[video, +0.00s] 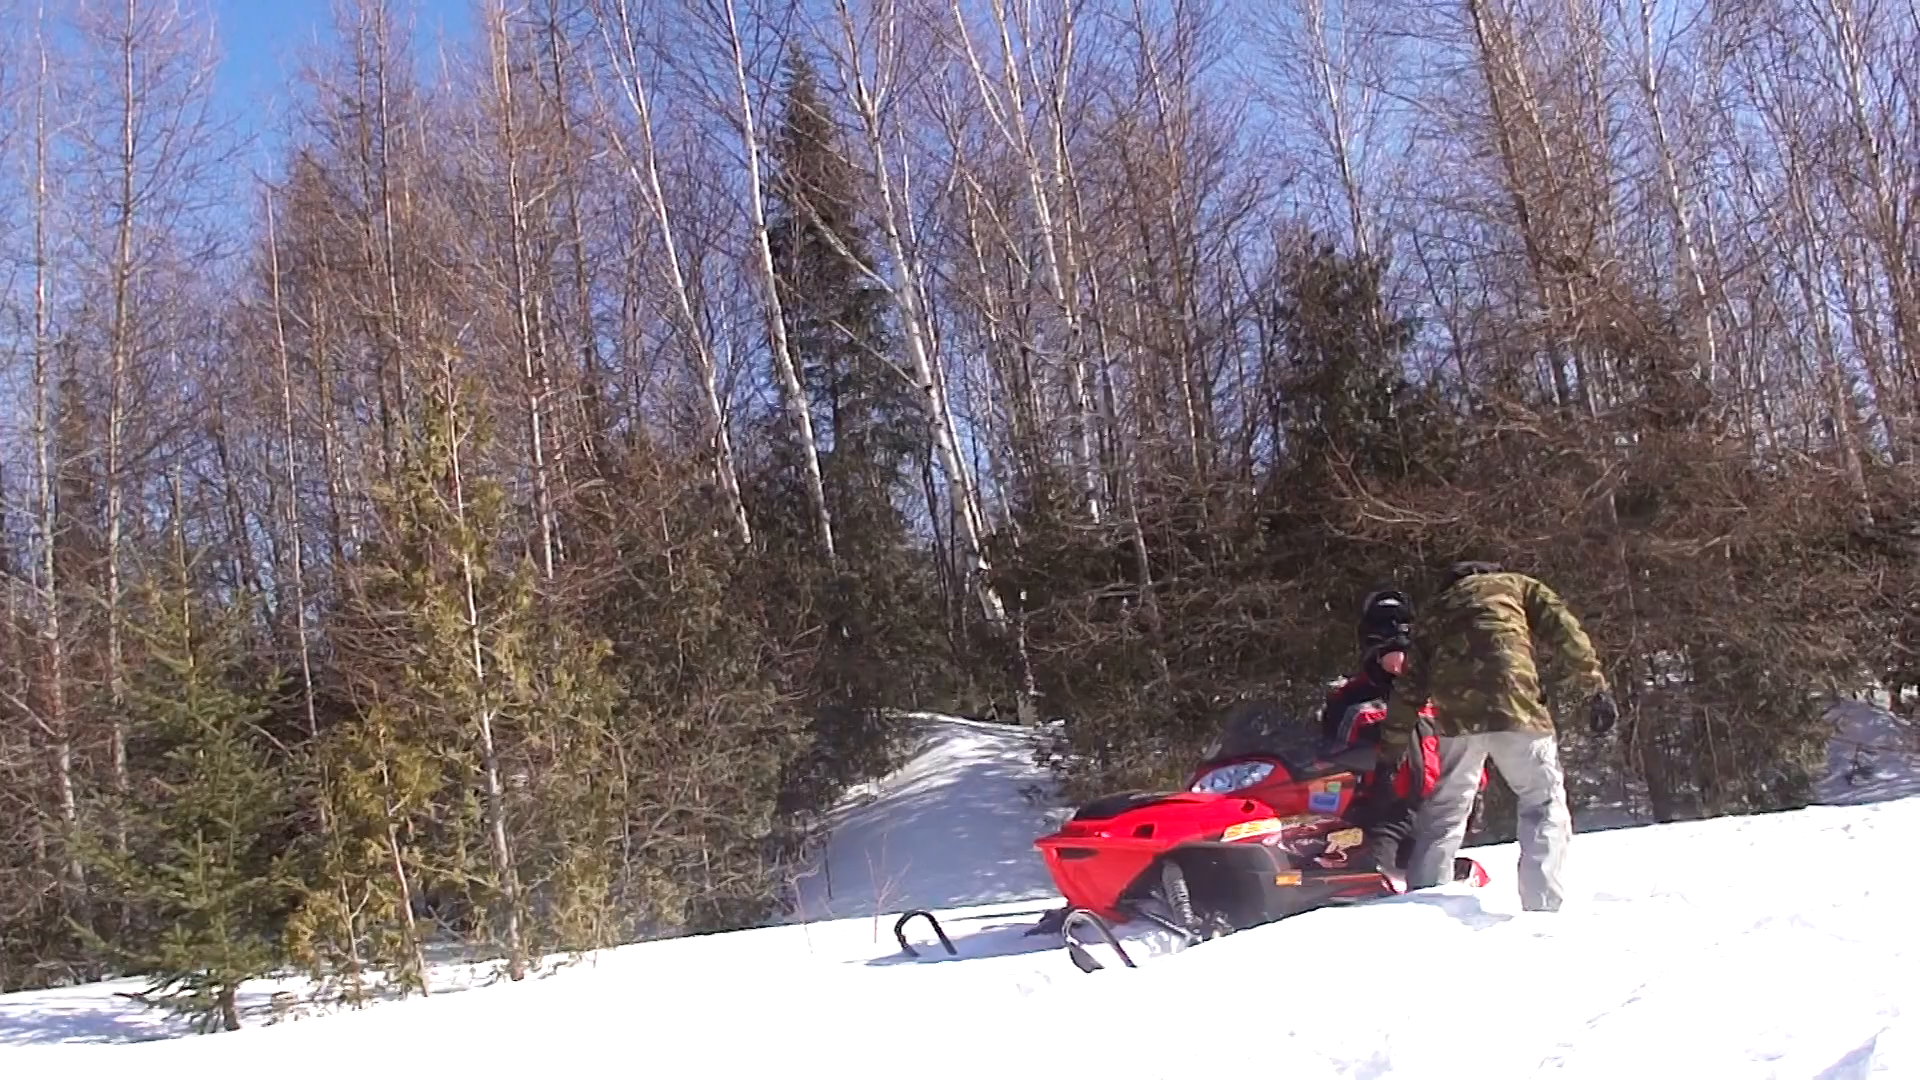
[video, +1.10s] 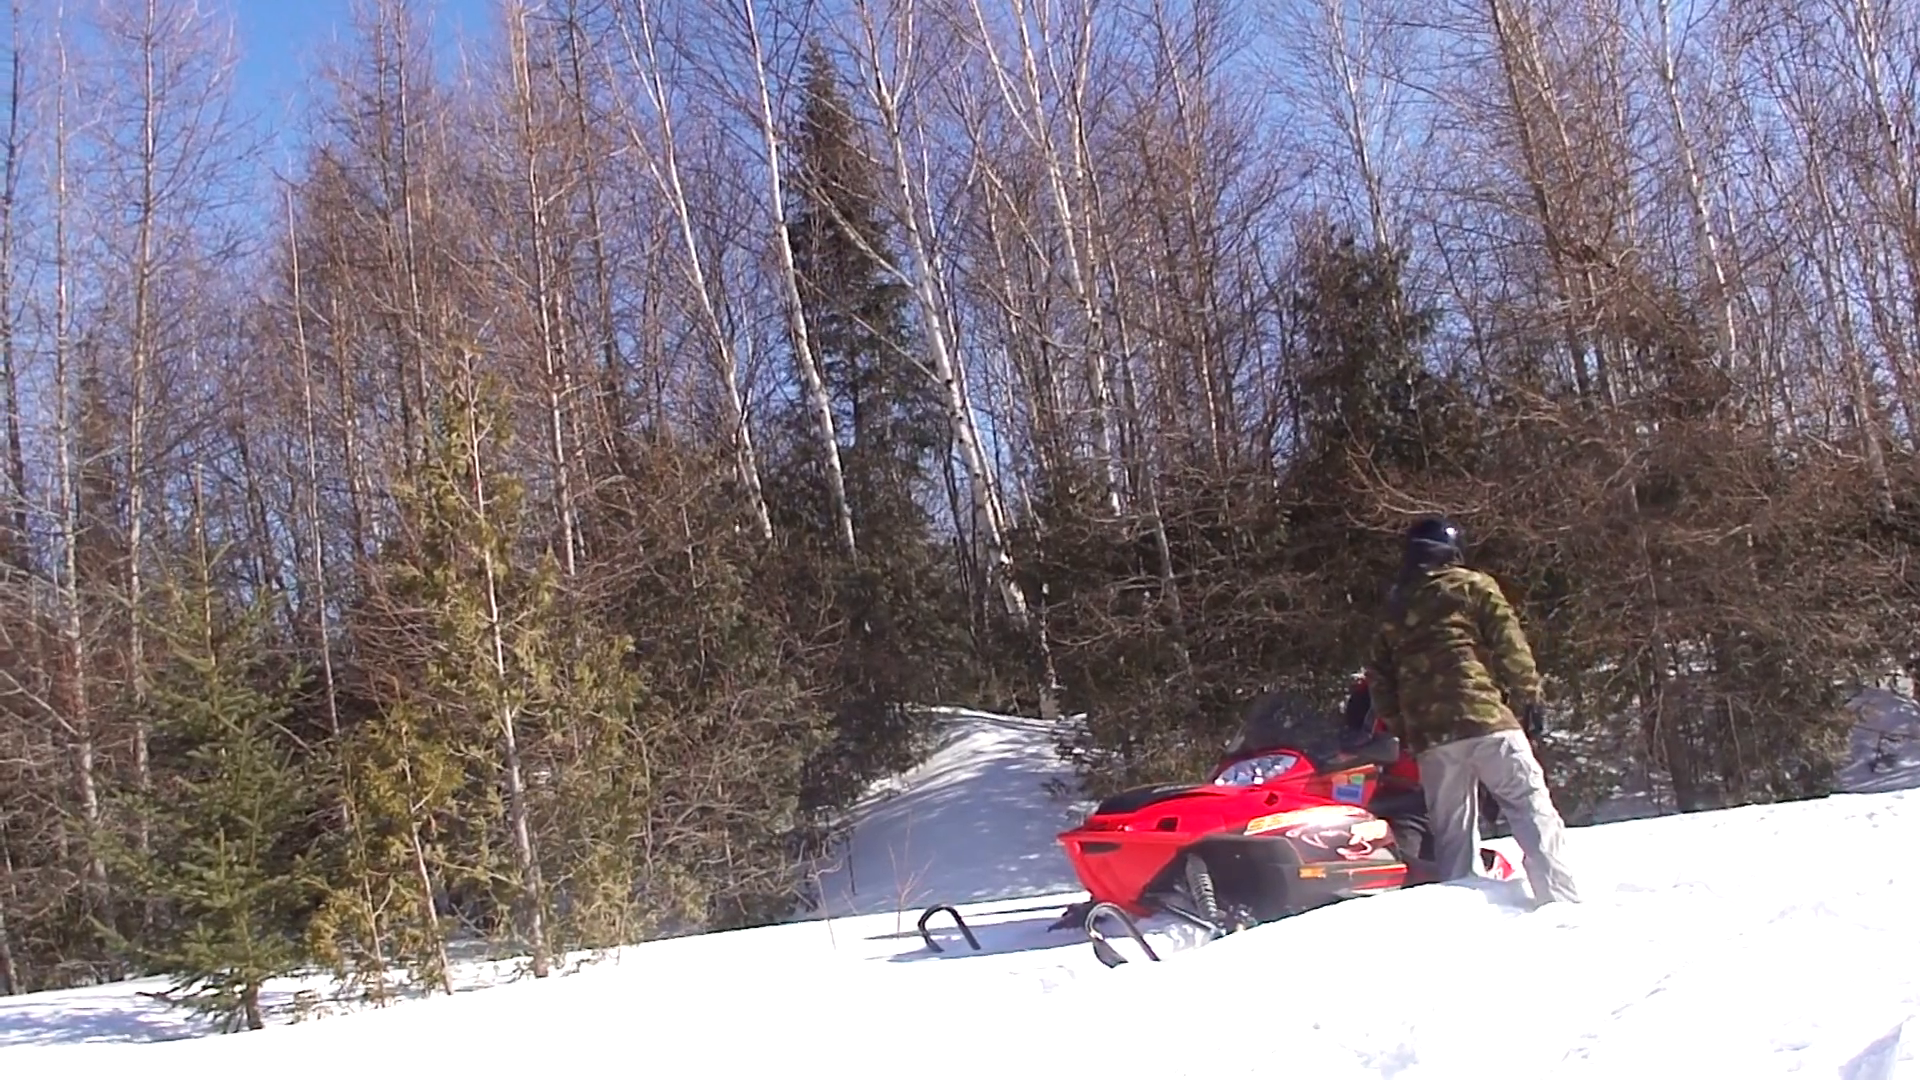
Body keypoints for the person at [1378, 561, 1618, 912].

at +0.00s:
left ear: (1451, 580)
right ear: (1494, 570)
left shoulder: (1433, 607)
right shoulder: (1518, 583)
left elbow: (1408, 684)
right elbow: (1567, 633)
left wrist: (1390, 750)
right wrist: (1596, 689)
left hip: (1455, 715)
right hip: (1516, 710)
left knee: (1446, 805)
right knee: (1542, 800)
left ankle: (1424, 899)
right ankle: (1542, 904)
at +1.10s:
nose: (1460, 556)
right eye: (1457, 550)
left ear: (1411, 555)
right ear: (1453, 550)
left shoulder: (1392, 607)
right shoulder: (1473, 584)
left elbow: (1379, 678)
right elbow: (1507, 640)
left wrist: (1401, 726)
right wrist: (1530, 696)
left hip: (1429, 729)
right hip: (1485, 716)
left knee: (1450, 829)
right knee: (1529, 804)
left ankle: (1455, 913)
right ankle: (1560, 899)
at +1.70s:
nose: (1453, 548)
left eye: (1449, 543)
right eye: (1449, 542)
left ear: (1401, 549)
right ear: (1441, 544)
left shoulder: (1385, 600)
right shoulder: (1460, 579)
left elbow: (1376, 674)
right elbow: (1496, 638)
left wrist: (1393, 717)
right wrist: (1526, 689)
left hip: (1421, 731)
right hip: (1474, 717)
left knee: (1446, 830)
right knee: (1523, 792)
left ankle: (1456, 908)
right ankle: (1554, 889)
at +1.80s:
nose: (1444, 488)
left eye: (1441, 483)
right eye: (1440, 483)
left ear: (1394, 489)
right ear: (1433, 485)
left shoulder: (1376, 540)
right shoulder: (1451, 520)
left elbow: (1368, 613)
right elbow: (1487, 580)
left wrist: (1384, 655)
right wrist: (1516, 627)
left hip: (1412, 669)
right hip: (1466, 655)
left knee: (1436, 768)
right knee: (1514, 731)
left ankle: (1444, 844)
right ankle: (1543, 827)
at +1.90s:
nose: (1409, 386)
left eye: (1406, 380)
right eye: (1405, 380)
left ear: (1355, 387)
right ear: (1398, 382)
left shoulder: (1341, 439)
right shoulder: (1417, 418)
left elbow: (1333, 509)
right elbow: (1452, 478)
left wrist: (1349, 551)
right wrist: (1480, 526)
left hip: (1376, 566)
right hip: (1431, 552)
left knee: (1400, 664)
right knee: (1478, 626)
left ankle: (1409, 741)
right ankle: (1506, 723)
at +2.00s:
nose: (1361, 264)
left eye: (1357, 259)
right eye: (1358, 258)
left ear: (1309, 266)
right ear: (1351, 261)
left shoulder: (1295, 321)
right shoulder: (1372, 299)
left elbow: (1289, 394)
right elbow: (1409, 359)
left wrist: (1306, 435)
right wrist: (1438, 407)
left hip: (1335, 449)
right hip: (1389, 433)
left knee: (1358, 548)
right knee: (1436, 510)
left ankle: (1367, 625)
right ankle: (1462, 603)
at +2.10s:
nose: (1337, 206)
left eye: (1333, 200)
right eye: (1332, 200)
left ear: (1286, 211)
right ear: (1325, 205)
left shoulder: (1271, 268)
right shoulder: (1349, 244)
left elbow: (1266, 344)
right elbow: (1387, 303)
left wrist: (1289, 385)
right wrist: (1418, 352)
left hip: (1315, 394)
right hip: (1369, 378)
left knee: (1336, 494)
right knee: (1414, 457)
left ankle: (1342, 571)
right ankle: (1440, 547)